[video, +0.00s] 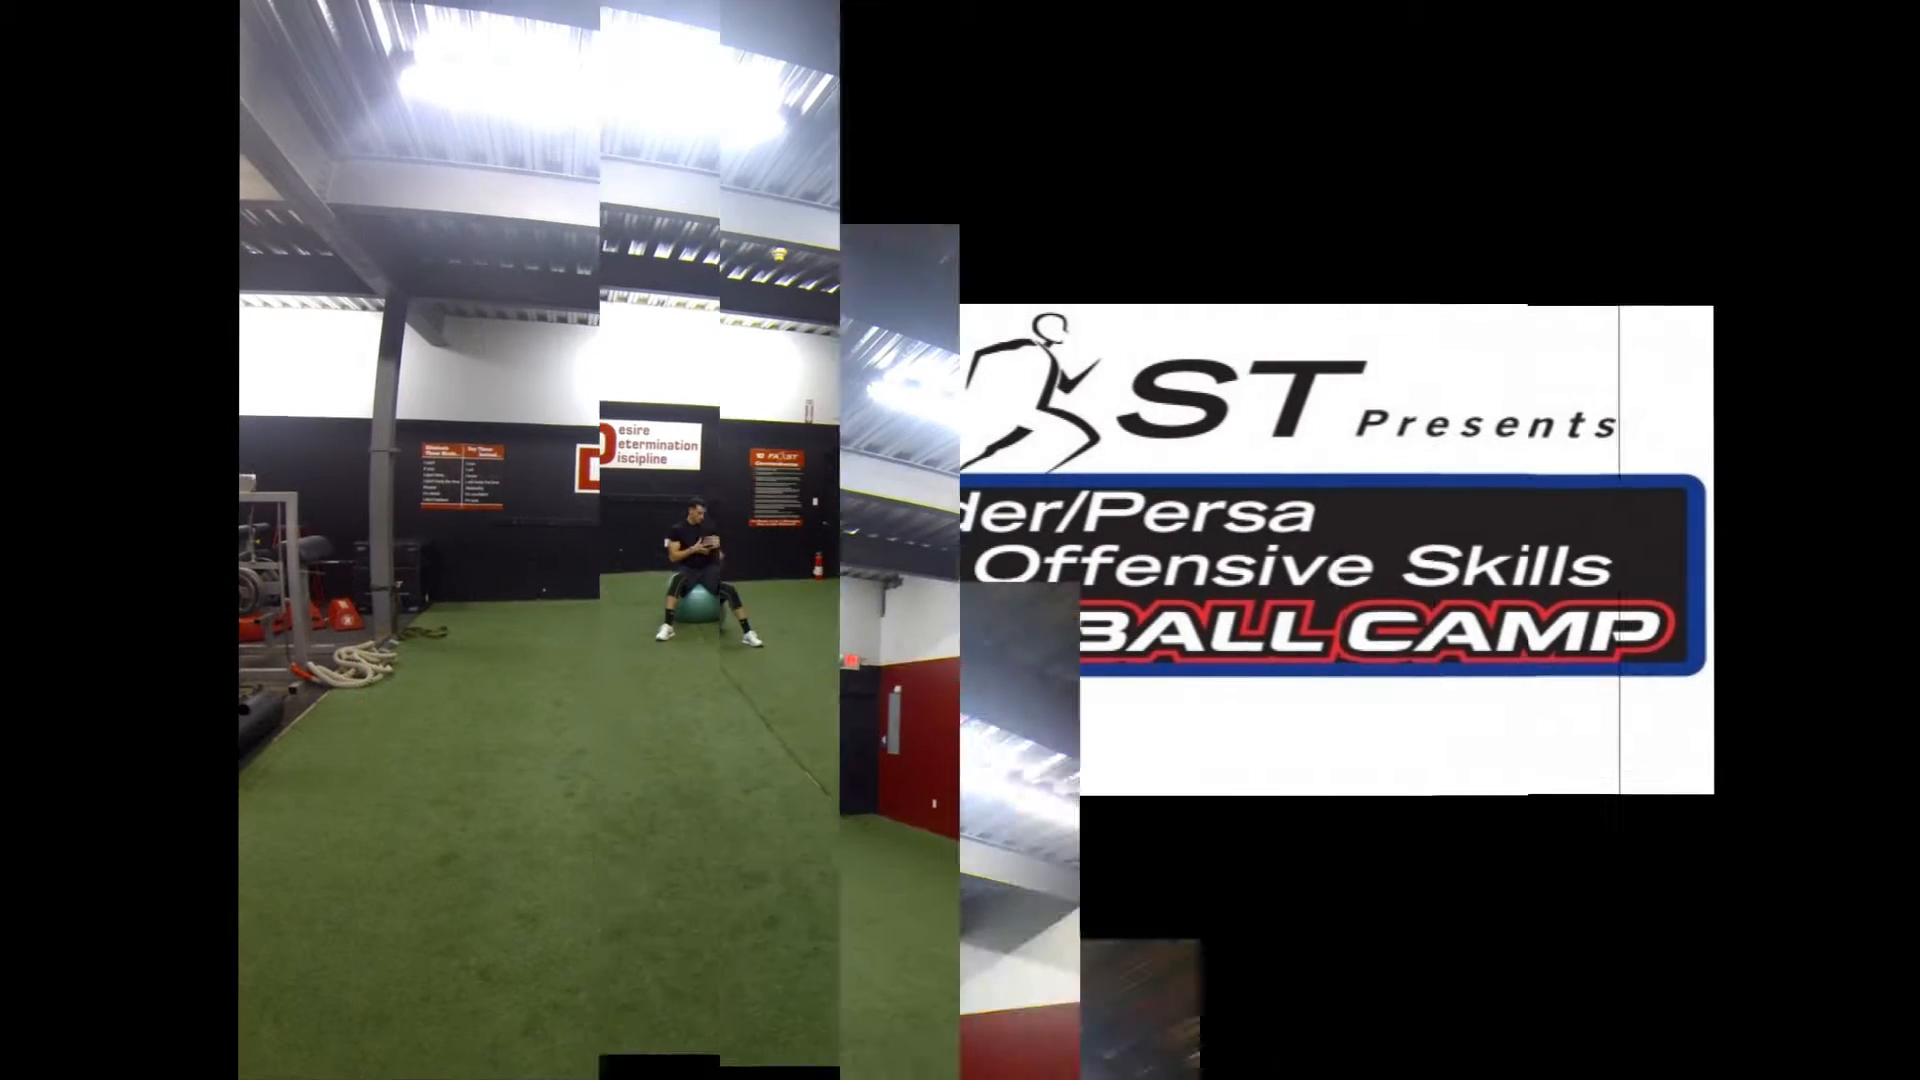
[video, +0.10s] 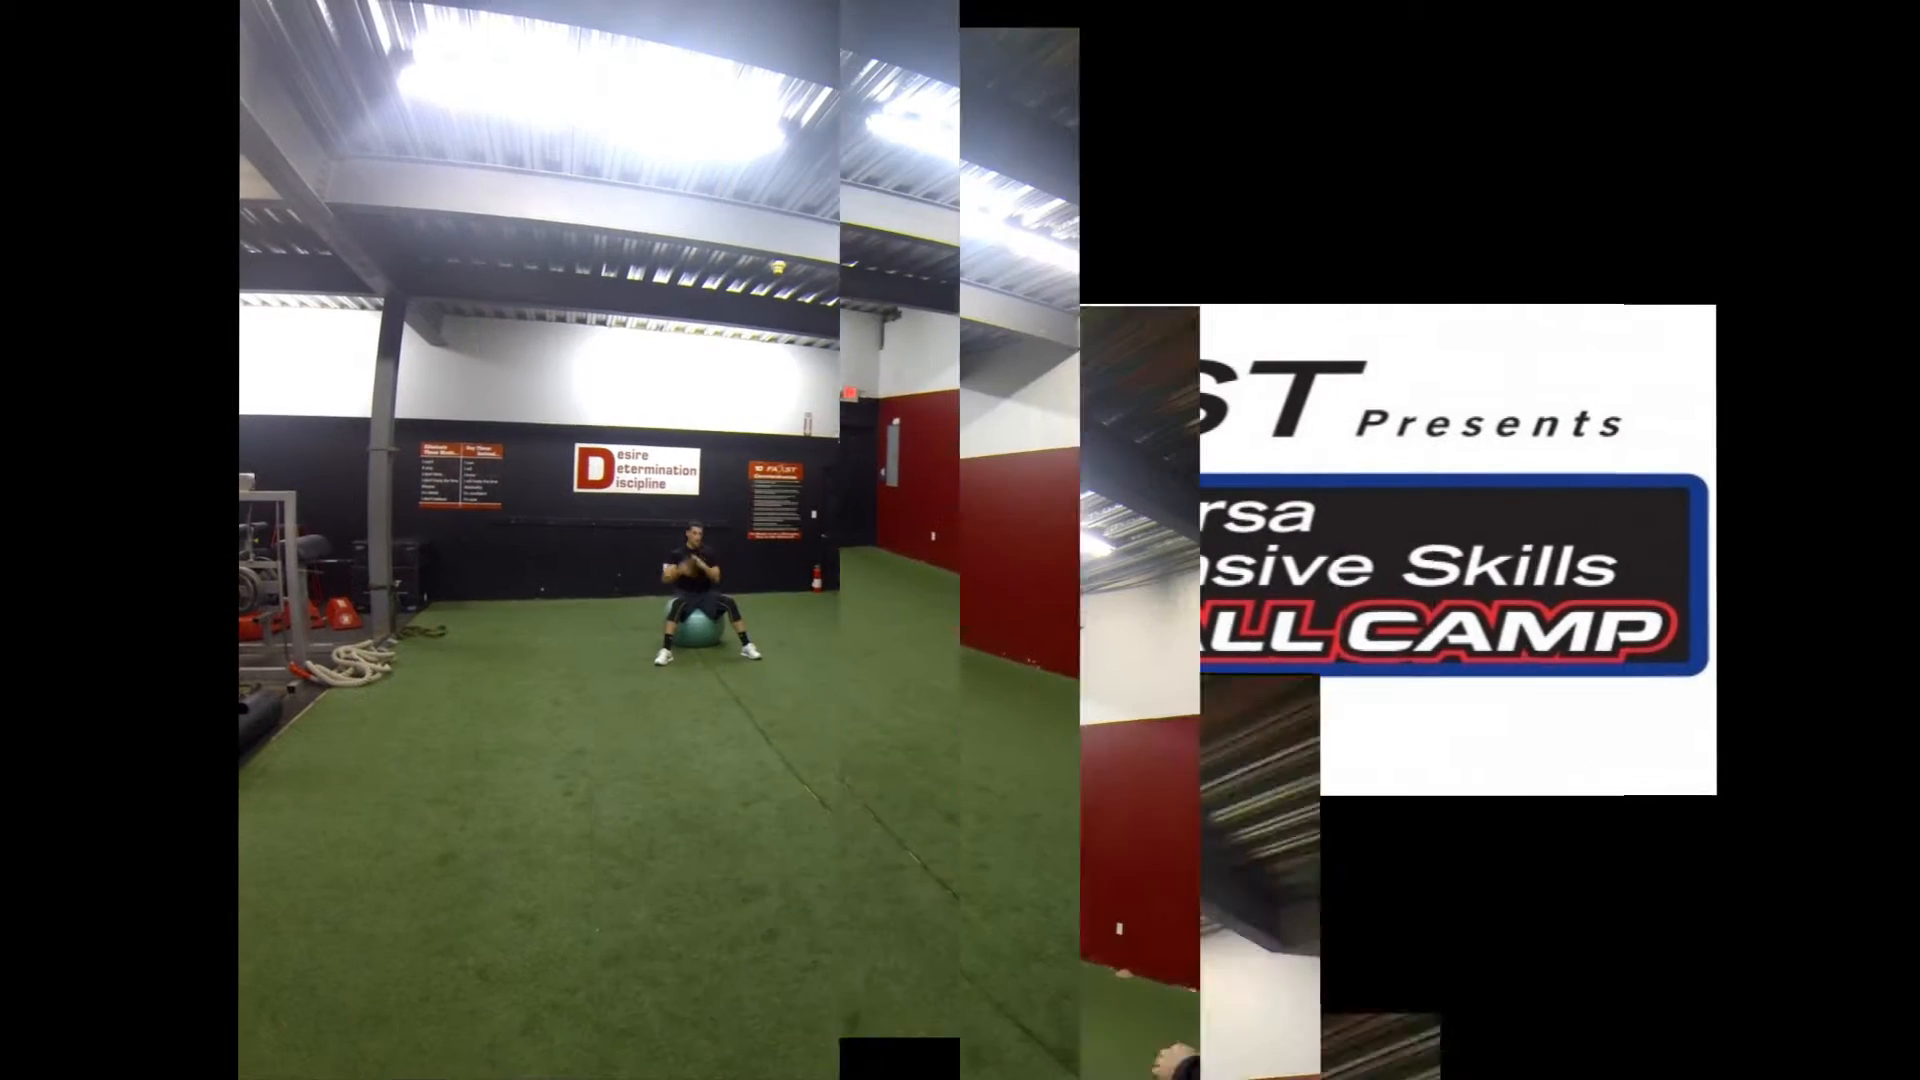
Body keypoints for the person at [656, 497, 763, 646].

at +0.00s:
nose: (702, 517)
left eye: (703, 514)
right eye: (699, 513)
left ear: (704, 513)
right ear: (690, 511)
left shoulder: (708, 528)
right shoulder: (678, 530)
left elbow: (717, 557)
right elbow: (673, 556)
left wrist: (716, 547)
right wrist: (694, 549)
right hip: (688, 571)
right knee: (676, 582)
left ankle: (748, 632)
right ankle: (667, 626)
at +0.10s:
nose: (698, 537)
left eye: (700, 534)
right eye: (694, 533)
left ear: (702, 536)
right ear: (687, 534)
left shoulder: (708, 552)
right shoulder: (678, 553)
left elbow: (716, 576)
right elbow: (666, 577)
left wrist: (701, 564)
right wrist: (681, 569)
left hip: (706, 594)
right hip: (685, 595)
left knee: (729, 603)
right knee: (677, 605)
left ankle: (747, 645)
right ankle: (666, 650)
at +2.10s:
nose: (690, 549)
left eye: (692, 546)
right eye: (686, 546)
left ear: (696, 548)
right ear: (680, 548)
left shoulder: (704, 567)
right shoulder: (671, 568)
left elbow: (710, 591)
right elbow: (661, 592)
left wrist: (703, 598)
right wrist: (674, 600)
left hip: (698, 609)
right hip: (679, 609)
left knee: (719, 615)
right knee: (667, 617)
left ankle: (736, 658)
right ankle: (658, 663)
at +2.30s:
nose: (693, 549)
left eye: (696, 546)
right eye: (690, 546)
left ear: (699, 548)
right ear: (684, 548)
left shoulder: (707, 566)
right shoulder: (674, 567)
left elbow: (713, 590)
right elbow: (665, 592)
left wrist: (705, 599)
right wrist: (678, 599)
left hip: (702, 609)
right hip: (682, 609)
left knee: (723, 615)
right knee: (671, 617)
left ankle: (739, 658)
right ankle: (661, 662)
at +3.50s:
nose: (702, 559)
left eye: (705, 556)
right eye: (700, 556)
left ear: (709, 555)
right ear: (694, 553)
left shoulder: (714, 568)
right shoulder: (684, 568)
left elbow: (720, 592)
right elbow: (687, 596)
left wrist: (723, 606)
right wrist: (704, 606)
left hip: (712, 607)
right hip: (692, 607)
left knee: (735, 617)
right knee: (680, 619)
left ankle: (751, 659)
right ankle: (672, 663)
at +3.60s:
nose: (707, 561)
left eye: (709, 557)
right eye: (705, 557)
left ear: (712, 556)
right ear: (696, 553)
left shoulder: (714, 569)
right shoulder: (683, 568)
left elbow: (727, 593)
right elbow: (678, 595)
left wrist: (724, 596)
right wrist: (703, 597)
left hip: (711, 607)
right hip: (690, 608)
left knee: (734, 618)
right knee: (679, 620)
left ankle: (750, 660)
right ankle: (671, 664)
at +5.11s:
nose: (695, 547)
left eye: (698, 544)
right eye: (692, 544)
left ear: (702, 547)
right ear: (687, 546)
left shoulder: (710, 568)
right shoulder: (679, 568)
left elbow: (717, 593)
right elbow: (673, 595)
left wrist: (708, 599)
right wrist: (691, 594)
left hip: (707, 608)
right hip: (686, 609)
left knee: (729, 617)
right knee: (676, 618)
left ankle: (743, 660)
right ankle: (664, 663)